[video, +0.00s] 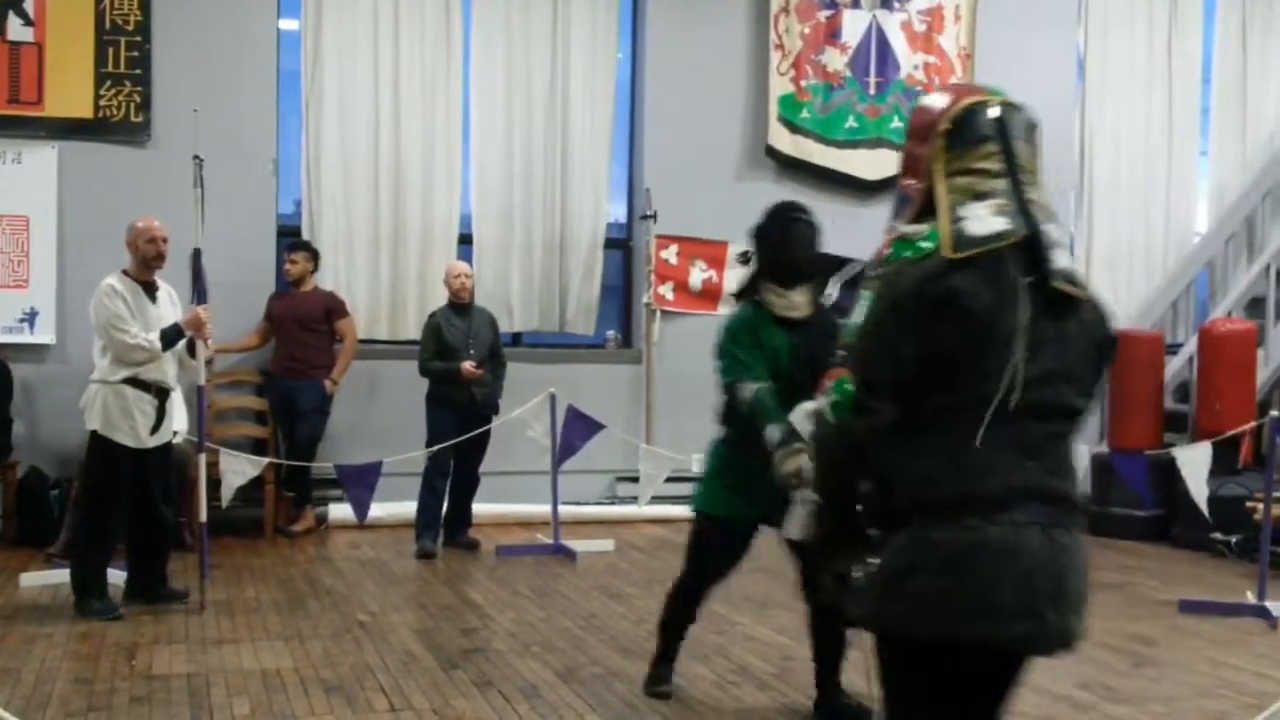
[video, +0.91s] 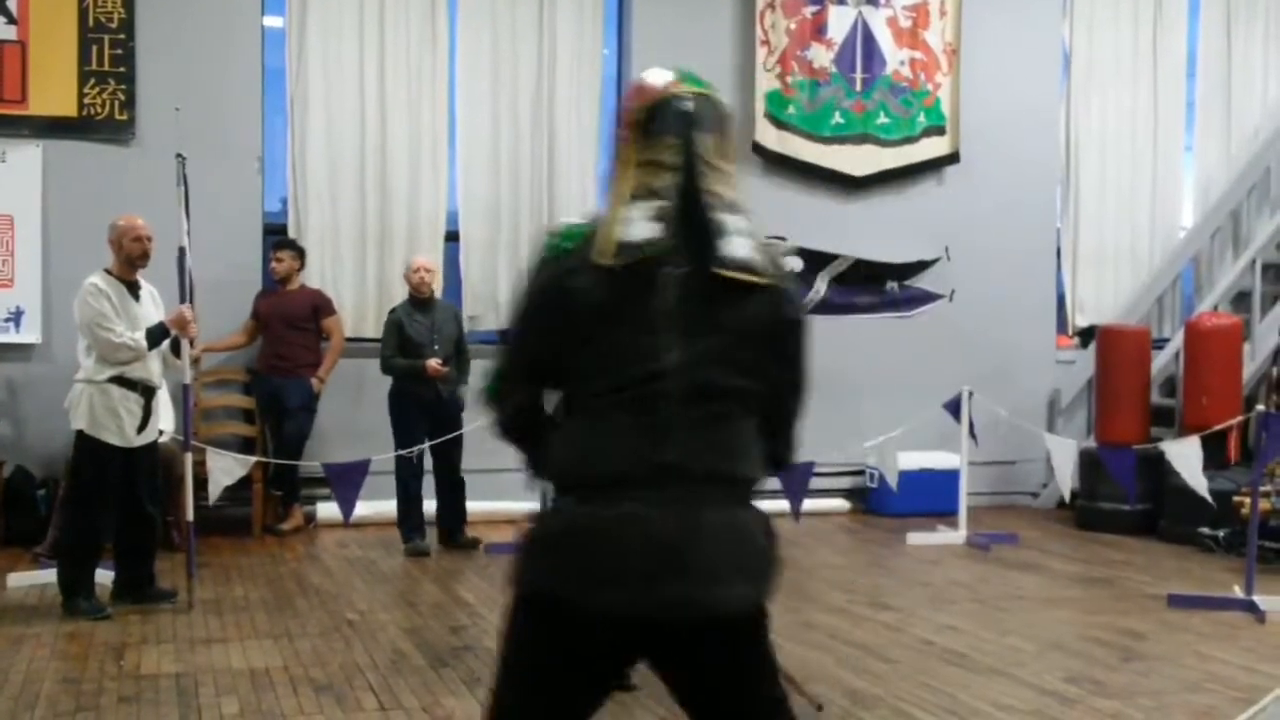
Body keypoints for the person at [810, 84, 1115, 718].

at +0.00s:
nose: (918, 180)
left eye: (927, 166)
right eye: (923, 165)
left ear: (944, 171)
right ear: (1026, 168)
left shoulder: (922, 285)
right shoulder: (1076, 306)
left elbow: (860, 418)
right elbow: (1054, 430)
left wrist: (843, 535)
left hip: (931, 559)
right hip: (1034, 558)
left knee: (918, 703)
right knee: (972, 704)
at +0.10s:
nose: (893, 166)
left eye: (901, 153)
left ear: (908, 166)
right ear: (993, 167)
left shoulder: (880, 270)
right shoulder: (1035, 296)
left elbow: (811, 401)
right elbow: (1012, 417)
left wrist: (811, 515)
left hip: (892, 546)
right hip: (995, 547)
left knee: (874, 705)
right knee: (932, 708)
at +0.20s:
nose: (840, 148)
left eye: (851, 136)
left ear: (868, 151)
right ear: (946, 155)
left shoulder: (836, 244)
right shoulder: (987, 280)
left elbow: (765, 376)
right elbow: (948, 397)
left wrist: (764, 484)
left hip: (850, 527)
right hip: (954, 531)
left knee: (766, 700)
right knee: (899, 704)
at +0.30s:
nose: (817, 149)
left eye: (827, 138)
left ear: (841, 151)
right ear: (921, 152)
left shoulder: (812, 244)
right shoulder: (965, 275)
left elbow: (749, 376)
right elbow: (936, 395)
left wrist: (750, 487)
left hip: (828, 514)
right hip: (932, 520)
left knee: (703, 661)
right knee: (884, 708)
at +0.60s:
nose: (760, 147)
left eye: (765, 135)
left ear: (771, 143)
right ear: (855, 143)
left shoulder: (740, 236)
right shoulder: (896, 264)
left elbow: (677, 367)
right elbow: (878, 397)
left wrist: (682, 457)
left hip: (738, 513)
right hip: (849, 525)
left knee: (614, 686)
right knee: (838, 705)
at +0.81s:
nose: (665, 147)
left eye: (674, 135)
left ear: (684, 147)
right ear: (779, 152)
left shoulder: (638, 265)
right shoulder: (819, 280)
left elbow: (585, 389)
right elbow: (825, 424)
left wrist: (617, 482)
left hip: (644, 552)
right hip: (766, 556)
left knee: (563, 710)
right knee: (780, 709)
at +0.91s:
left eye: (631, 138)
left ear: (629, 153)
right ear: (723, 158)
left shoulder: (576, 260)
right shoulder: (763, 276)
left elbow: (512, 399)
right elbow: (776, 436)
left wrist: (576, 462)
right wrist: (712, 466)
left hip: (583, 563)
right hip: (712, 567)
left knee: (527, 711)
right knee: (755, 711)